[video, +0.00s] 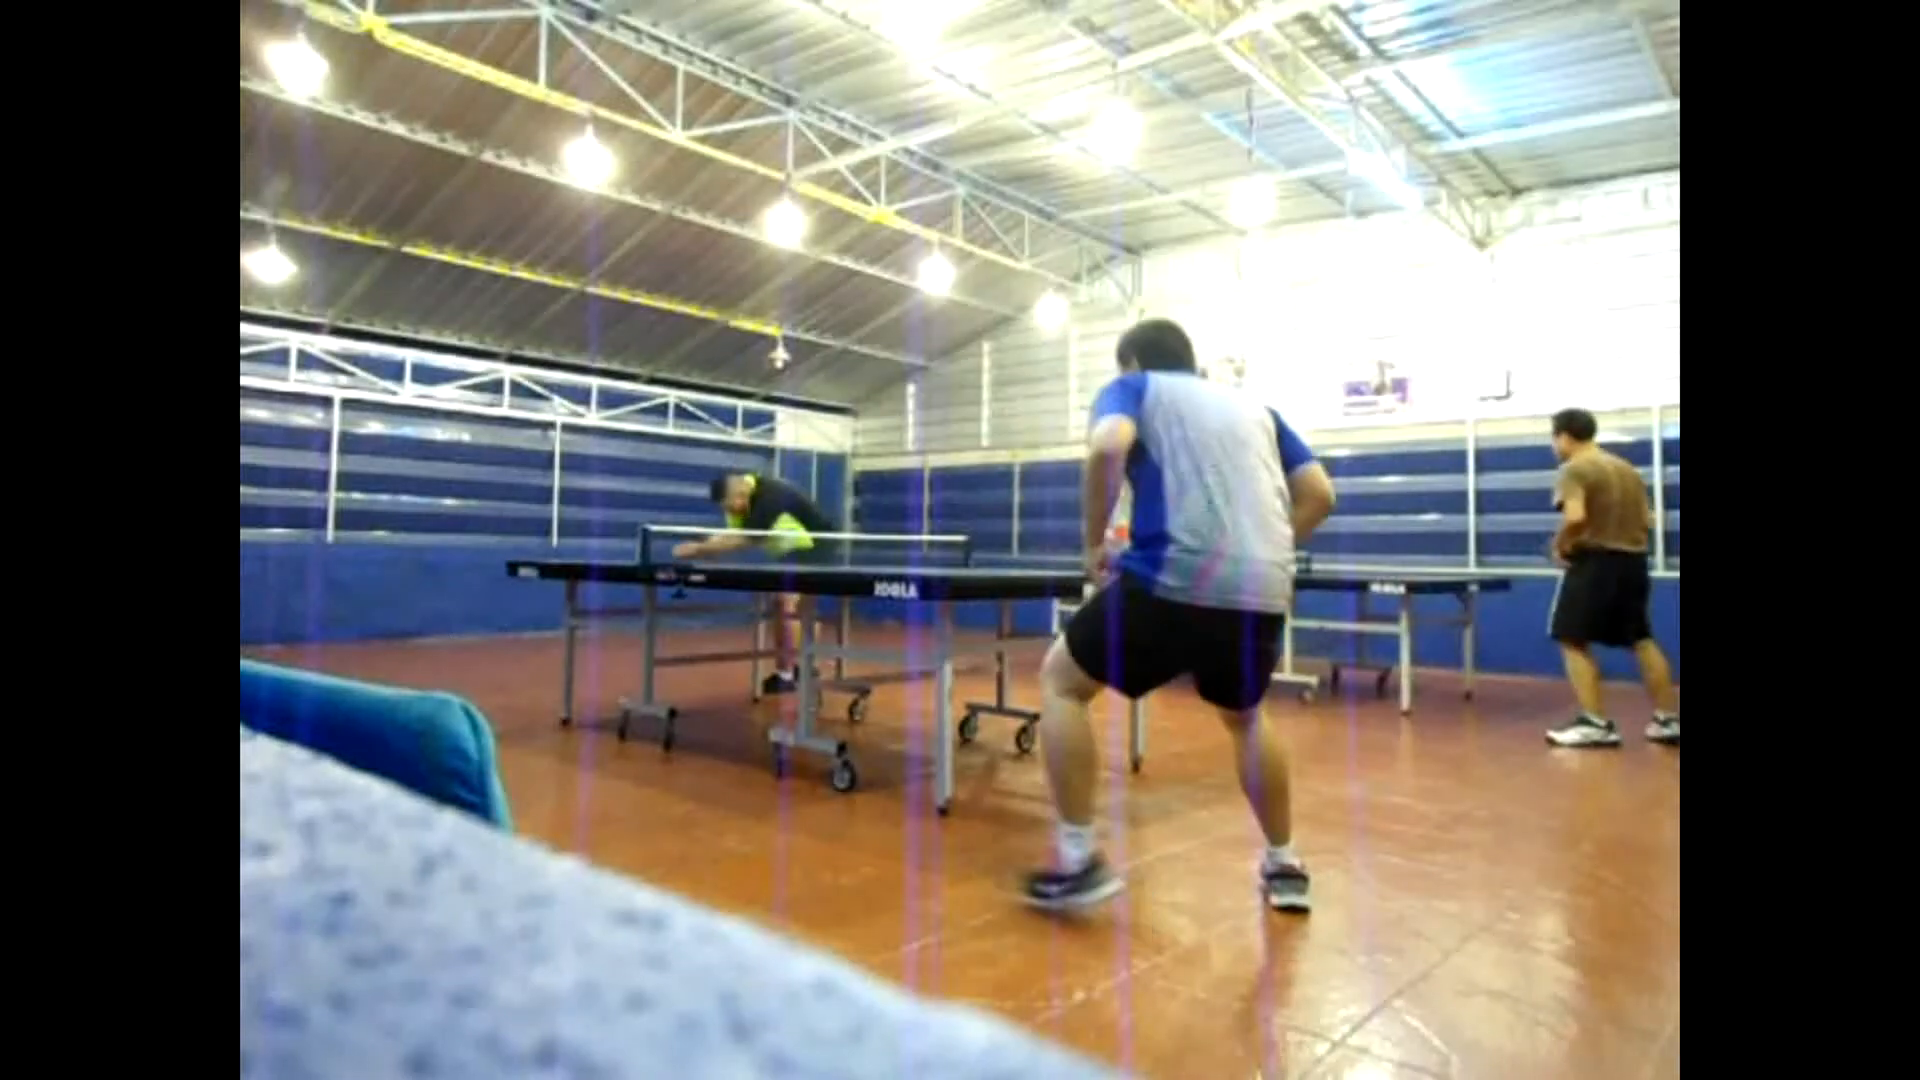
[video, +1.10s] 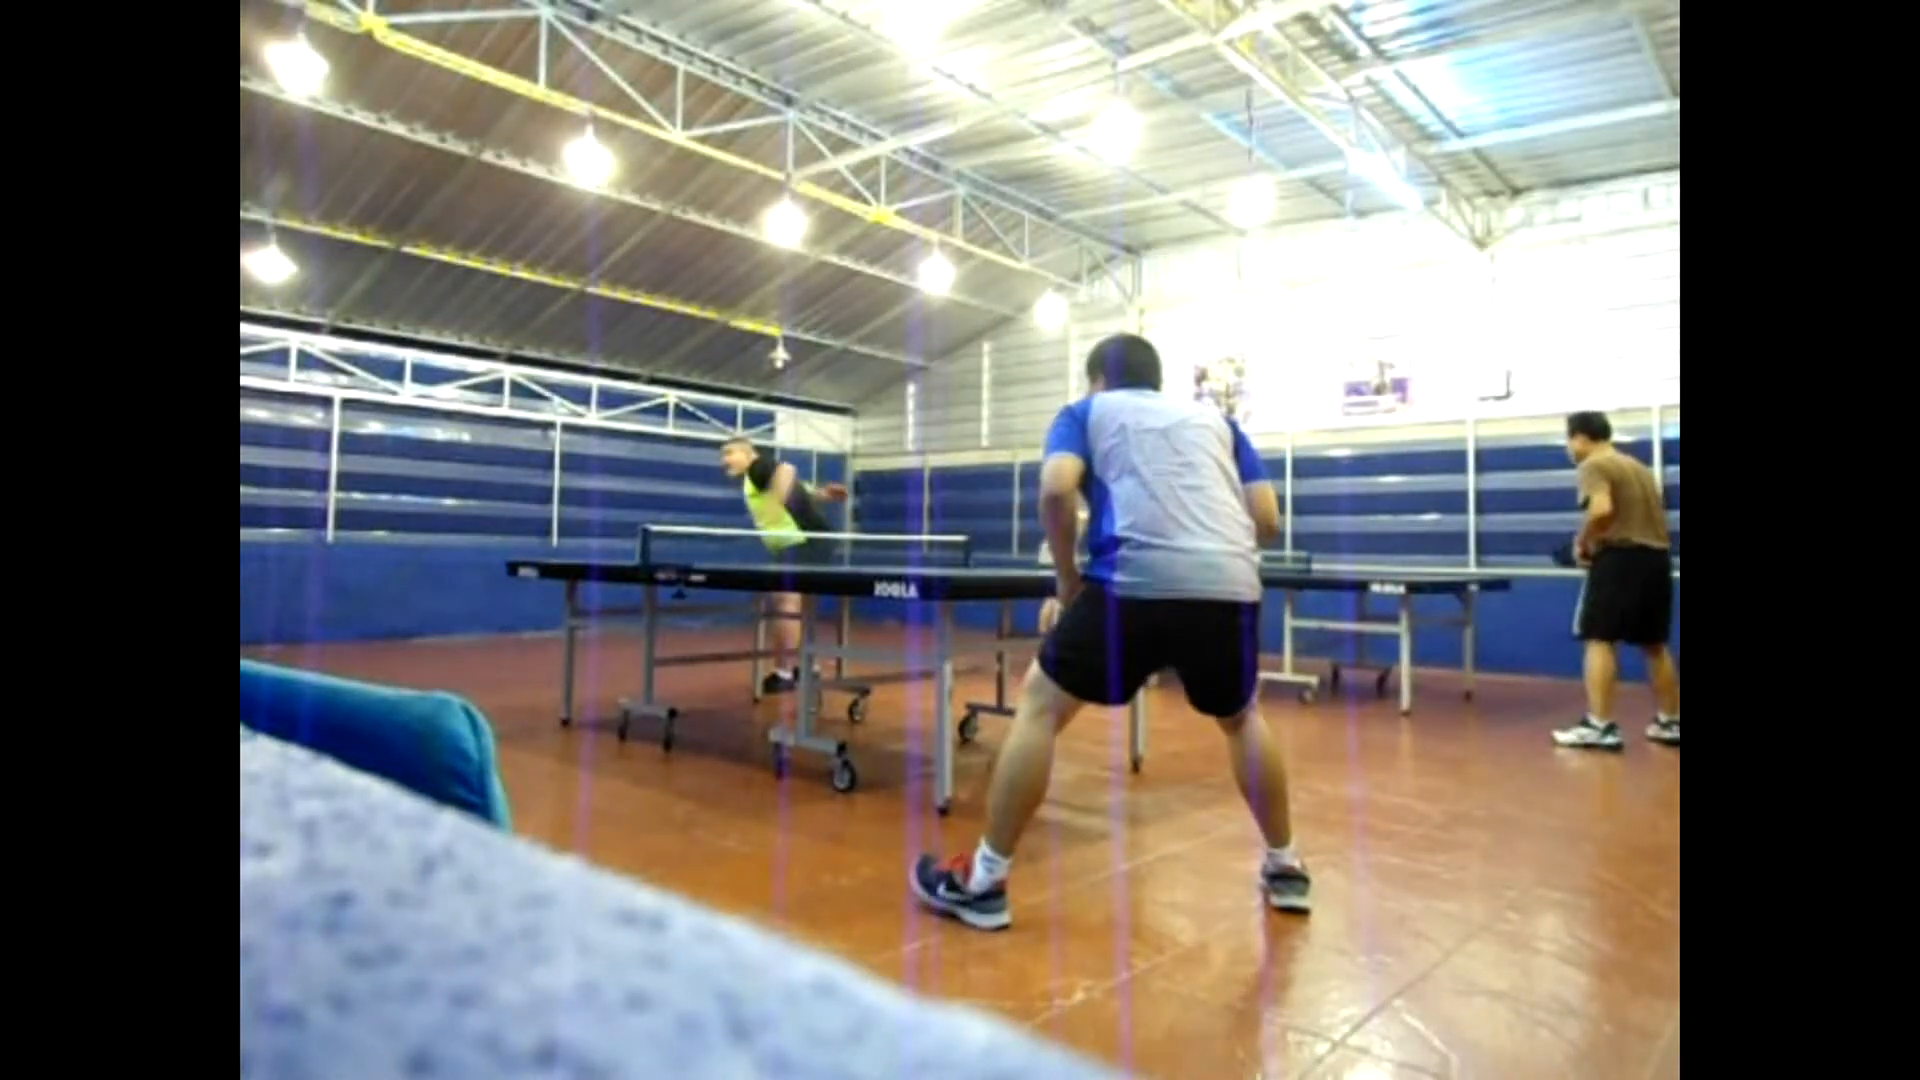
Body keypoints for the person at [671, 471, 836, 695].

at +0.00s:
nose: (732, 511)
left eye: (731, 504)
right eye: (727, 508)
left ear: (739, 491)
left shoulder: (769, 495)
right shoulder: (742, 498)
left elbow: (749, 538)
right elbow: (734, 534)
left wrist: (699, 549)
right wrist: (700, 549)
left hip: (811, 550)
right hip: (789, 551)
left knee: (789, 607)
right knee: (783, 608)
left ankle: (788, 671)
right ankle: (787, 667)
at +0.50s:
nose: (719, 506)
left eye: (716, 500)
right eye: (714, 502)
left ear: (725, 486)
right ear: (725, 485)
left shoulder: (751, 492)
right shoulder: (751, 488)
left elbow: (728, 536)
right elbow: (739, 540)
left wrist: (690, 560)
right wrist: (710, 564)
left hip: (810, 547)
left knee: (782, 603)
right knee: (779, 604)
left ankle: (785, 672)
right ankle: (788, 669)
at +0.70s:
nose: (718, 486)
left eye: (717, 480)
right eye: (715, 483)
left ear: (727, 468)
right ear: (727, 474)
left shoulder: (753, 476)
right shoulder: (743, 488)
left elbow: (724, 498)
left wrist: (673, 495)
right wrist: (673, 495)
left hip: (805, 548)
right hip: (786, 551)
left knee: (783, 604)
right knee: (778, 605)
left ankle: (787, 671)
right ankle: (786, 668)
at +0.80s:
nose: (722, 479)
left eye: (724, 472)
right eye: (719, 473)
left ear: (736, 461)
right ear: (733, 464)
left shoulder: (759, 473)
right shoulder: (747, 482)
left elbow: (726, 477)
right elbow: (715, 472)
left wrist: (685, 458)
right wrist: (683, 456)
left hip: (806, 545)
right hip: (788, 548)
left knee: (784, 603)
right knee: (778, 604)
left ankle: (787, 671)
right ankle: (784, 668)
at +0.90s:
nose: (727, 469)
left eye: (732, 461)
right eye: (726, 462)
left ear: (748, 458)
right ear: (734, 466)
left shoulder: (763, 474)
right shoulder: (749, 487)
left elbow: (714, 459)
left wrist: (687, 444)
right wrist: (682, 442)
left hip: (807, 543)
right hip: (787, 547)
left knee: (786, 603)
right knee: (776, 603)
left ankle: (786, 670)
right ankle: (784, 667)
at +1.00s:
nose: (728, 462)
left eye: (732, 454)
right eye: (725, 457)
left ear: (749, 454)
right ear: (727, 461)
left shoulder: (770, 471)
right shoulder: (749, 485)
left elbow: (753, 471)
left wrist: (720, 474)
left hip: (806, 544)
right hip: (784, 548)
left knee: (788, 604)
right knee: (775, 606)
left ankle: (790, 669)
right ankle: (782, 668)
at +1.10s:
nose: (727, 460)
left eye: (731, 453)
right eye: (725, 455)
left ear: (749, 453)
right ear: (731, 459)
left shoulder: (759, 468)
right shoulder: (752, 479)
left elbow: (786, 470)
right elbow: (796, 486)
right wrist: (822, 493)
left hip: (800, 544)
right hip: (786, 546)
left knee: (787, 605)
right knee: (787, 606)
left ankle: (786, 670)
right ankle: (800, 665)